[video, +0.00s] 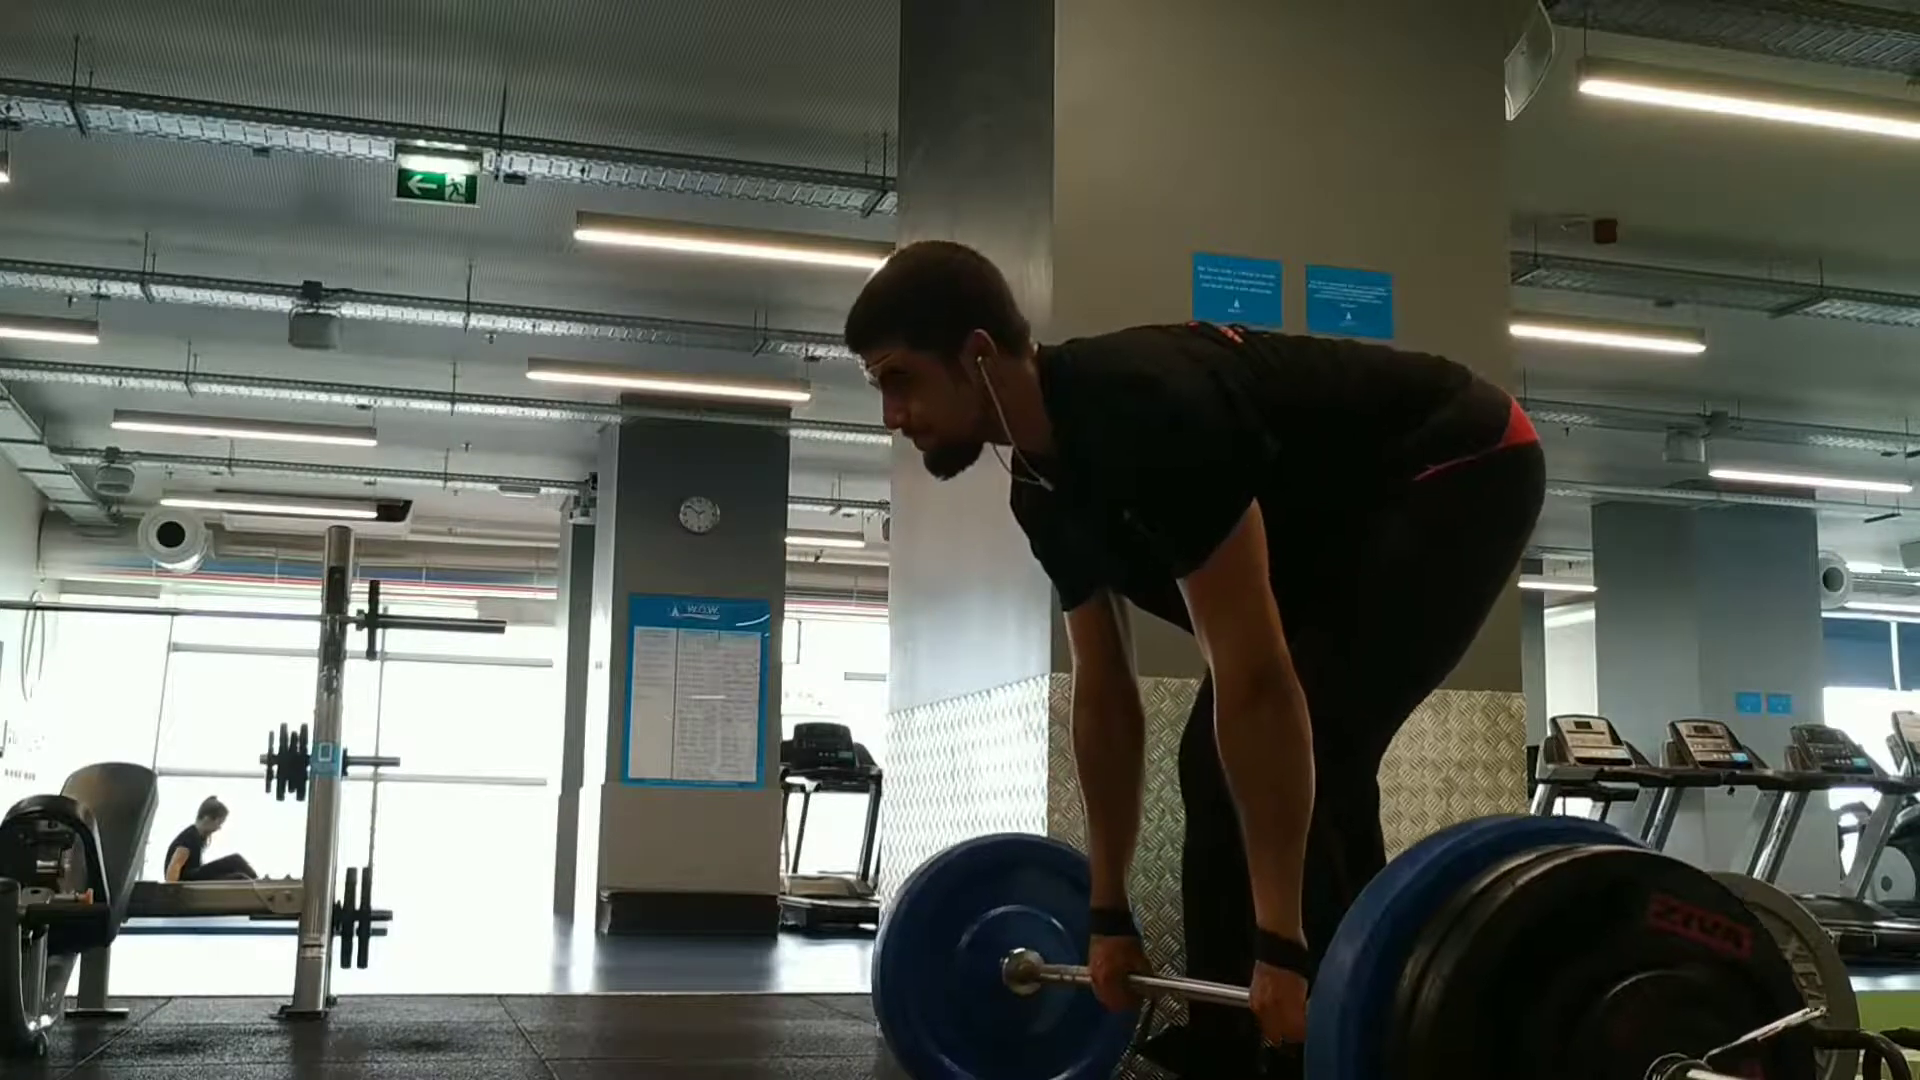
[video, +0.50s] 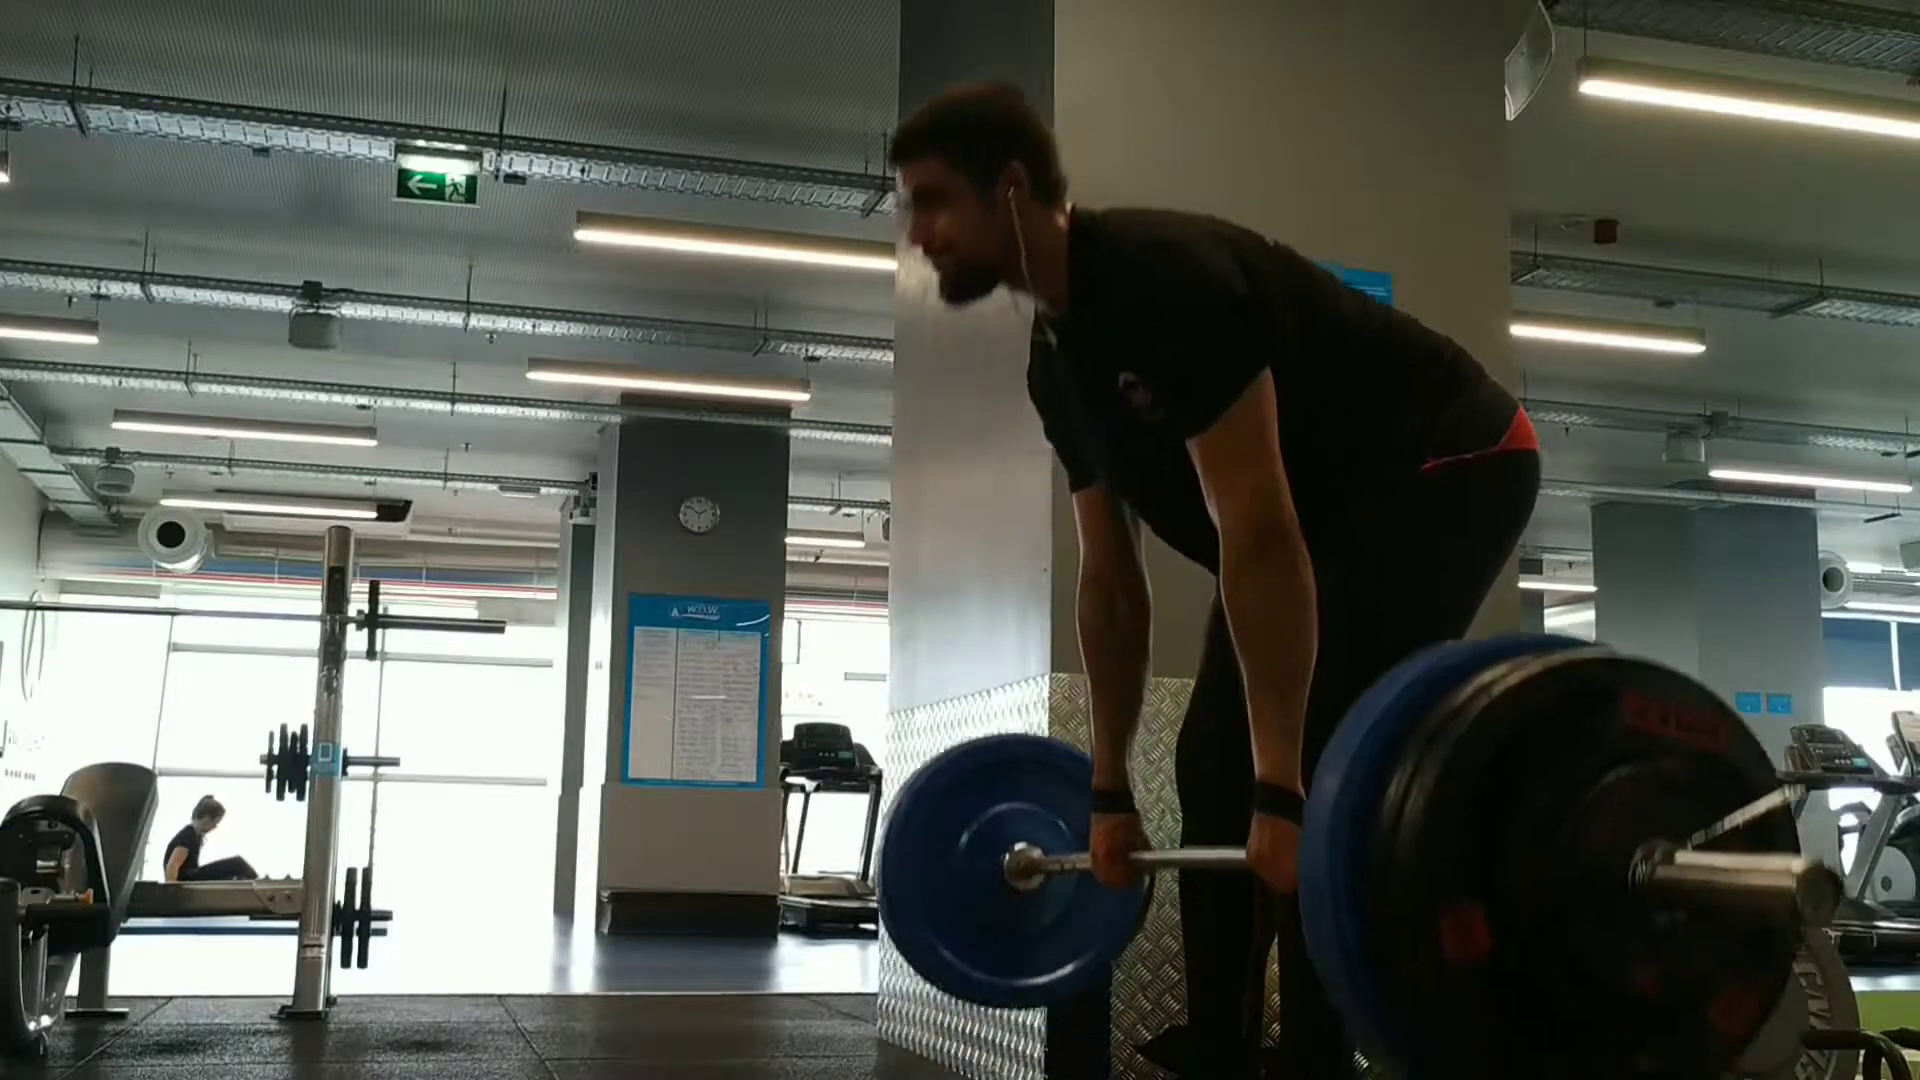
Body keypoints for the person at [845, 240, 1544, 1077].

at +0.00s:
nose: (890, 418)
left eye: (900, 384)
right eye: (882, 391)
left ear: (979, 354)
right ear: (980, 363)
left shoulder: (1149, 406)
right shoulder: (1043, 484)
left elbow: (1263, 690)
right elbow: (1103, 689)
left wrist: (1283, 945)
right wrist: (1108, 909)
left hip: (1464, 466)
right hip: (1349, 496)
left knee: (1323, 757)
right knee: (1214, 744)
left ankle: (1355, 1032)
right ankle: (1221, 1025)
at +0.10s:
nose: (892, 405)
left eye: (903, 370)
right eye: (883, 378)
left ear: (981, 340)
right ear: (981, 351)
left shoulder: (1150, 397)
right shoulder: (1046, 474)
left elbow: (1260, 672)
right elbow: (1103, 683)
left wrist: (1283, 930)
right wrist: (1109, 895)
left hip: (1464, 468)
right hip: (1352, 493)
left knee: (1324, 761)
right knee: (1213, 742)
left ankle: (1344, 1031)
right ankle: (1216, 1027)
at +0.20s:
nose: (894, 377)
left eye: (905, 344)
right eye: (884, 351)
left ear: (983, 314)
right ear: (981, 325)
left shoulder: (1151, 373)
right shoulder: (1045, 454)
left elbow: (1259, 646)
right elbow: (1105, 661)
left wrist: (1284, 910)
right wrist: (1110, 876)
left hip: (1462, 466)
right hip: (1343, 495)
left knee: (1325, 753)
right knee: (1215, 744)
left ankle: (1333, 1029)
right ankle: (1217, 1026)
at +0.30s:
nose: (896, 338)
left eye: (909, 304)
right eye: (888, 311)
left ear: (988, 280)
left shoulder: (1153, 348)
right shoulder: (1048, 428)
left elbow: (1260, 615)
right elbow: (1104, 633)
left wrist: (1282, 873)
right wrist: (1111, 850)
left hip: (1458, 467)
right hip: (1338, 497)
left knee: (1319, 760)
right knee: (1213, 749)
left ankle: (1316, 1043)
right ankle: (1221, 1035)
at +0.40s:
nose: (904, 290)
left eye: (918, 257)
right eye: (899, 265)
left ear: (998, 238)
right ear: (991, 248)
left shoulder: (1159, 315)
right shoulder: (1051, 396)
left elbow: (1261, 581)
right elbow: (1106, 612)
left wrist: (1281, 837)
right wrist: (1109, 822)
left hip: (1451, 467)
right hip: (1326, 503)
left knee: (1312, 760)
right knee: (1209, 759)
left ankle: (1316, 1041)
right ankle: (1219, 1034)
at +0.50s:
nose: (916, 235)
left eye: (933, 204)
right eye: (908, 211)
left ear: (1014, 188)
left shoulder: (1169, 282)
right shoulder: (1057, 356)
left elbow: (1264, 540)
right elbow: (1109, 580)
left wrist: (1279, 793)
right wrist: (1110, 789)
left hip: (1446, 469)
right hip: (1308, 503)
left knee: (1334, 763)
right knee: (1212, 756)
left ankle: (1320, 1045)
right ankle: (1221, 1030)